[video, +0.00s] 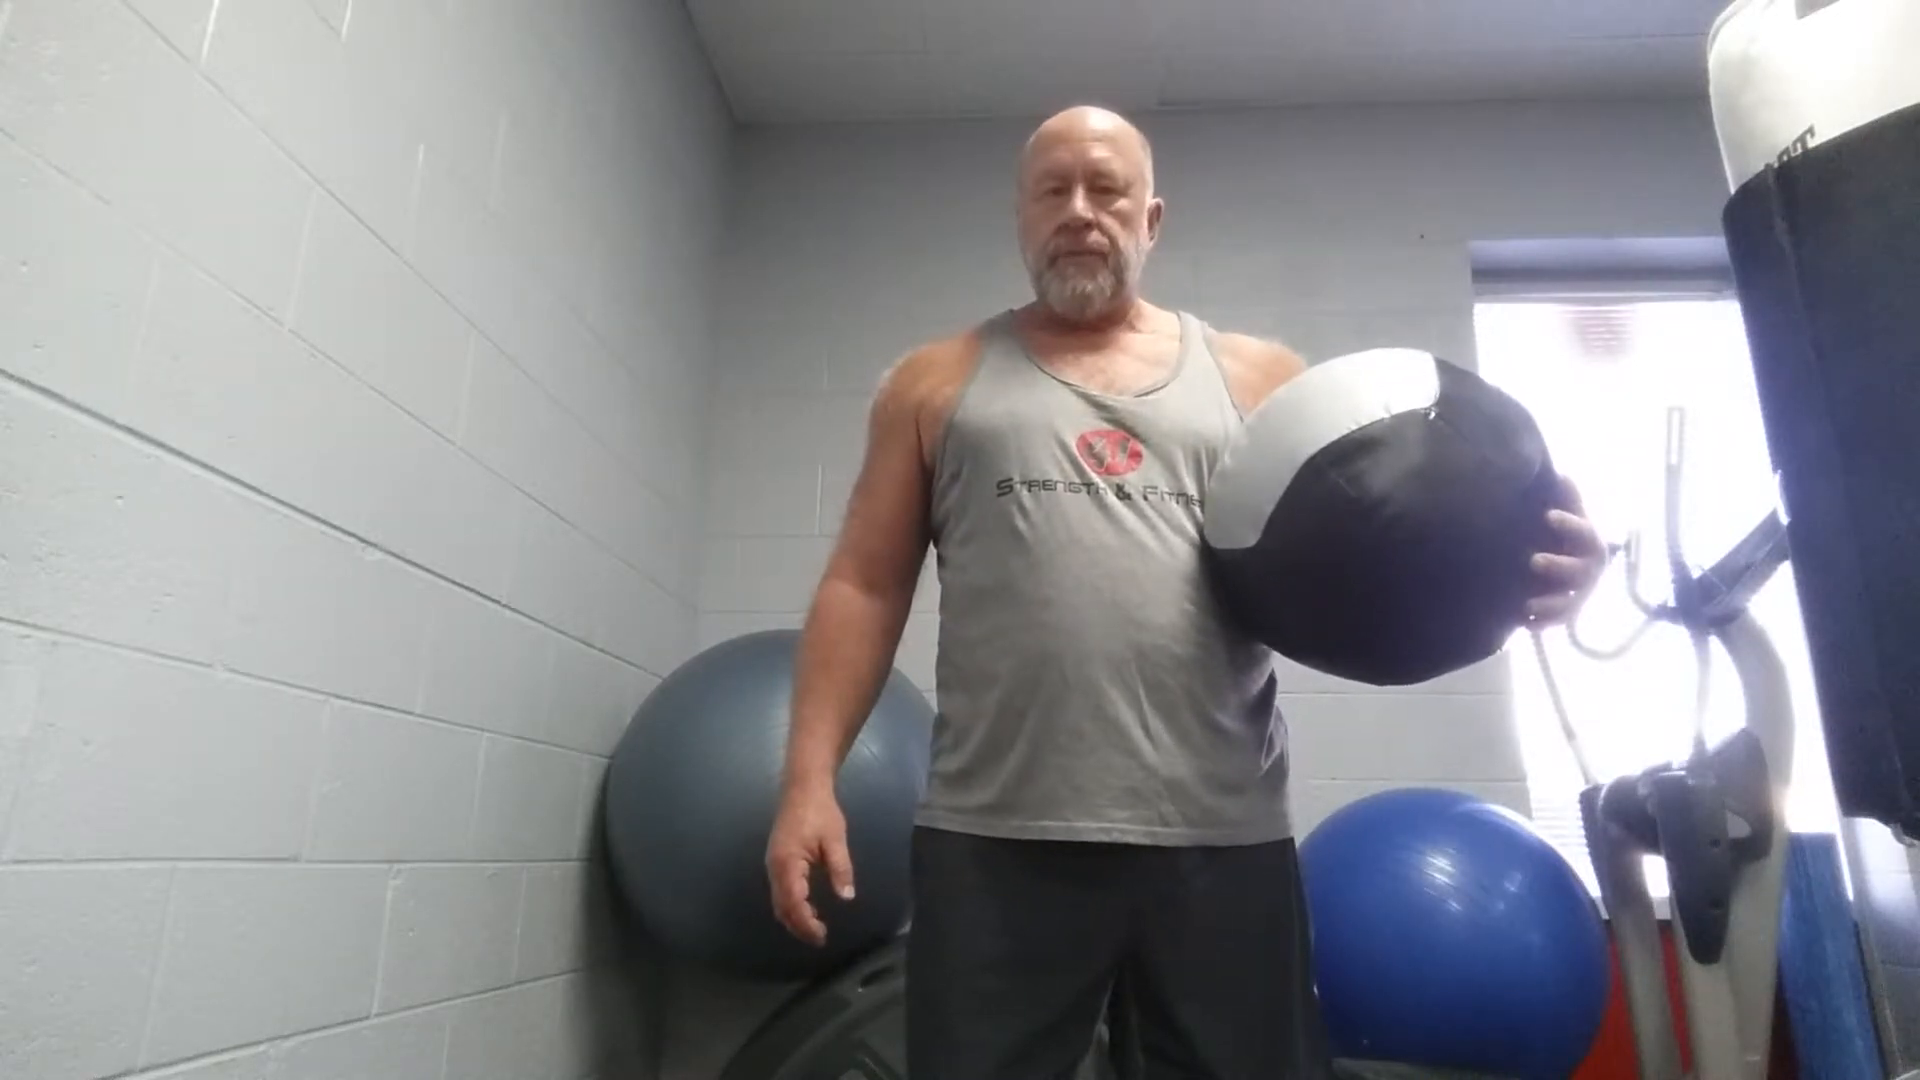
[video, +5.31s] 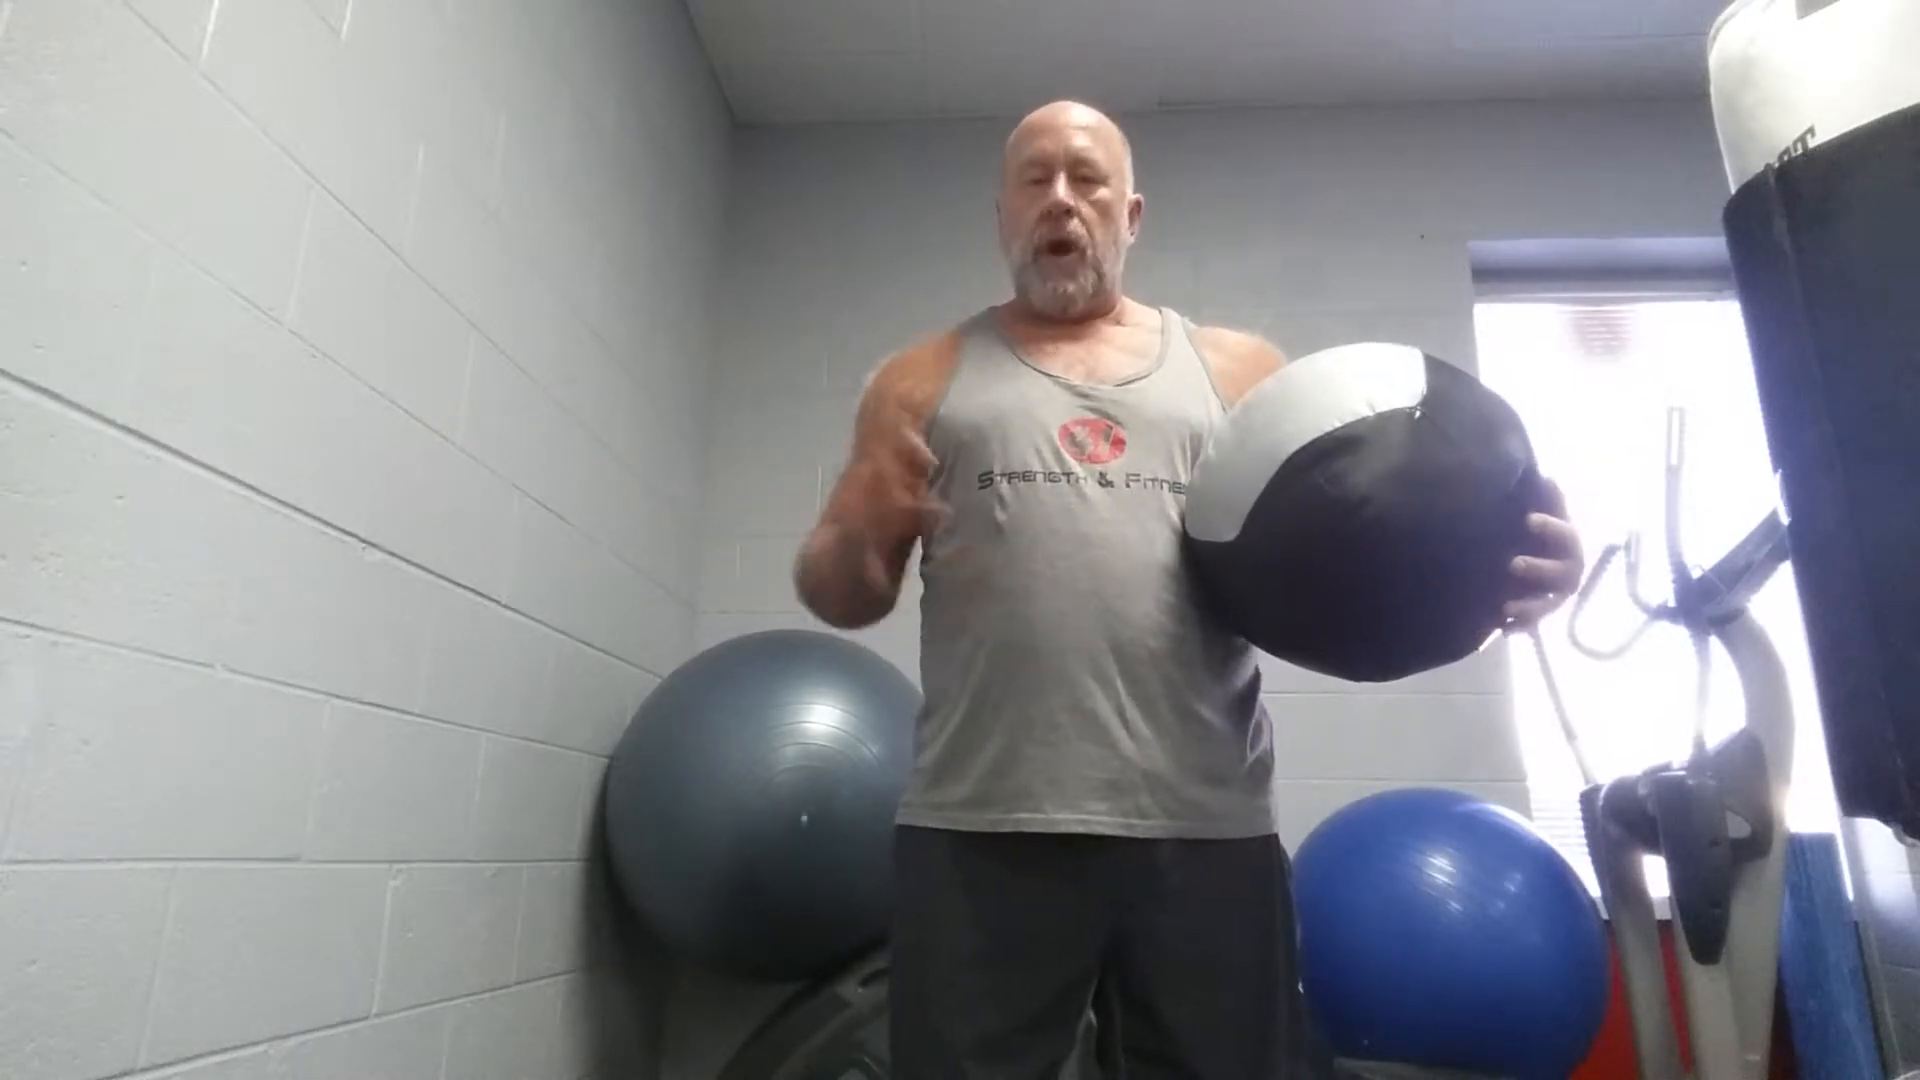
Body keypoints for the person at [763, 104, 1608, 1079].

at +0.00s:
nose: (1080, 212)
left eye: (1107, 190)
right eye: (1054, 190)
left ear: (1152, 215)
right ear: (1018, 215)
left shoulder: (1257, 375)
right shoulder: (936, 384)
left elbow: (1402, 533)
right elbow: (865, 583)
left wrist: (1543, 566)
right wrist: (808, 780)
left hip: (1223, 849)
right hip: (993, 848)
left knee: (1252, 1067)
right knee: (976, 1066)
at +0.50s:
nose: (1091, 206)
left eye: (1120, 187)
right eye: (1066, 184)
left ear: (1162, 222)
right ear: (1028, 213)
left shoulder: (1256, 374)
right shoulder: (938, 377)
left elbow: (1404, 521)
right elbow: (864, 564)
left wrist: (1545, 558)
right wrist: (832, 714)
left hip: (1222, 844)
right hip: (995, 843)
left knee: (1250, 1067)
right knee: (976, 1068)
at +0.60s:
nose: (1091, 206)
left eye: (1120, 187)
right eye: (1066, 183)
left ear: (1160, 222)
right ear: (1029, 212)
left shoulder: (1253, 373)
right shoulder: (936, 379)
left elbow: (1400, 525)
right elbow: (853, 558)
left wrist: (1540, 565)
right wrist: (876, 623)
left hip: (1221, 844)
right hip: (994, 844)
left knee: (1249, 1067)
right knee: (975, 1067)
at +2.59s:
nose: (1035, 205)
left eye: (1063, 182)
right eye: (1010, 185)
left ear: (1115, 210)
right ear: (984, 217)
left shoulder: (1235, 364)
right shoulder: (912, 389)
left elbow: (1385, 507)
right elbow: (833, 614)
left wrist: (1529, 541)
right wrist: (875, 561)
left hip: (1215, 841)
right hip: (986, 844)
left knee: (1241, 1070)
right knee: (968, 1070)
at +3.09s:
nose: (1033, 193)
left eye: (1062, 174)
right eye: (1009, 176)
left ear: (1114, 213)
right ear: (978, 214)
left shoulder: (1228, 362)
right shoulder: (908, 390)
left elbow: (1369, 527)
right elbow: (828, 590)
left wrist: (1518, 548)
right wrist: (749, 510)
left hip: (1209, 839)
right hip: (984, 843)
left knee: (1239, 1068)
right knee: (970, 1067)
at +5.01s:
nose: (1065, 196)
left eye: (1094, 178)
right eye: (1041, 175)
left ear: (1137, 217)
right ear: (1002, 209)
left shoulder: (1235, 371)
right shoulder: (916, 377)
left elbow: (1373, 531)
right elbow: (828, 592)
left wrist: (1520, 568)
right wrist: (878, 575)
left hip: (1205, 838)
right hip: (977, 836)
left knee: (1231, 1074)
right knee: (961, 1072)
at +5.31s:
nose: (1058, 199)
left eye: (1086, 178)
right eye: (1034, 178)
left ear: (1133, 212)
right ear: (998, 213)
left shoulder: (1236, 368)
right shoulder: (919, 381)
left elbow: (1377, 529)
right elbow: (842, 599)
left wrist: (1527, 564)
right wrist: (863, 525)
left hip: (1206, 834)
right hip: (979, 835)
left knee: (1231, 1068)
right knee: (967, 1068)